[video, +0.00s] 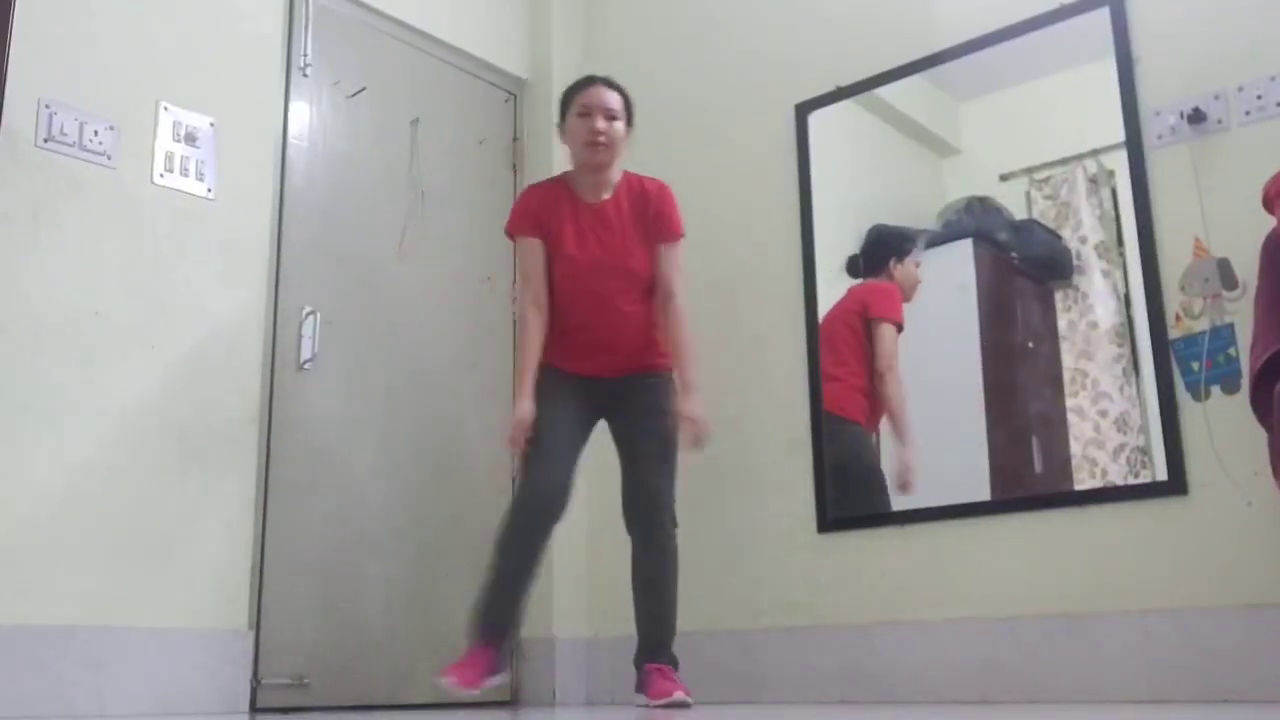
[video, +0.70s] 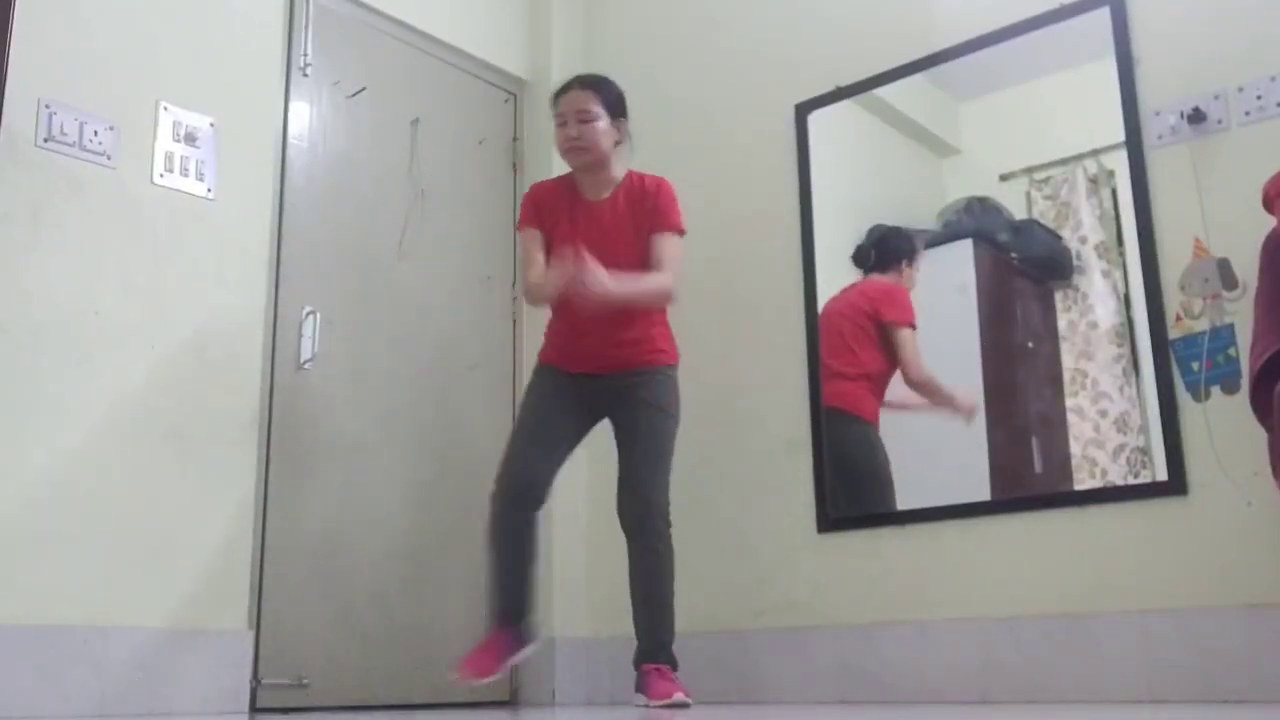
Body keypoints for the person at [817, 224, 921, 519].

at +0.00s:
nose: (919, 276)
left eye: (919, 266)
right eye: (915, 265)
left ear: (874, 269)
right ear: (893, 266)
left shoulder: (853, 299)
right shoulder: (882, 292)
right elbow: (884, 372)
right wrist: (904, 447)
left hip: (823, 421)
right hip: (842, 423)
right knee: (872, 524)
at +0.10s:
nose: (926, 270)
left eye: (925, 261)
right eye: (922, 260)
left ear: (877, 262)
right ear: (900, 261)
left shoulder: (860, 293)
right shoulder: (889, 287)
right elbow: (865, 347)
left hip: (822, 418)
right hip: (840, 418)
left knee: (866, 527)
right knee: (875, 525)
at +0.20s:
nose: (930, 267)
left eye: (929, 258)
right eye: (926, 257)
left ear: (904, 259)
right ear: (904, 259)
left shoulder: (863, 290)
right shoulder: (893, 284)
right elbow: (854, 319)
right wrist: (831, 383)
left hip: (833, 415)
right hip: (851, 417)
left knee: (863, 524)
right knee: (875, 521)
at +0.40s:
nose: (931, 269)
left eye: (929, 259)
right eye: (926, 258)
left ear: (902, 261)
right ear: (905, 261)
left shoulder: (866, 290)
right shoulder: (896, 287)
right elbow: (858, 318)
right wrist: (846, 388)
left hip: (830, 410)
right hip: (852, 413)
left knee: (860, 521)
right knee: (871, 520)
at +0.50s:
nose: (928, 272)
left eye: (928, 263)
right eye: (925, 262)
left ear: (878, 266)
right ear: (905, 265)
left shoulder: (860, 296)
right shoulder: (895, 290)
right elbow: (873, 348)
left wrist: (885, 434)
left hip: (818, 415)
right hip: (844, 416)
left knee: (870, 524)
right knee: (879, 524)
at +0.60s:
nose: (922, 277)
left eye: (922, 268)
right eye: (920, 268)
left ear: (874, 267)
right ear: (904, 267)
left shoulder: (849, 302)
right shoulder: (892, 293)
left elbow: (843, 398)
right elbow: (895, 370)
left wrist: (894, 450)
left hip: (818, 425)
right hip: (850, 427)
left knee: (858, 534)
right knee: (885, 532)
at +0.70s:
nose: (914, 279)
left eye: (915, 269)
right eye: (914, 269)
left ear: (871, 264)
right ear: (903, 267)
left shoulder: (842, 299)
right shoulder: (891, 293)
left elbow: (864, 395)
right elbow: (914, 374)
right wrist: (955, 401)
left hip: (816, 417)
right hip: (848, 419)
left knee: (839, 523)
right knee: (877, 521)